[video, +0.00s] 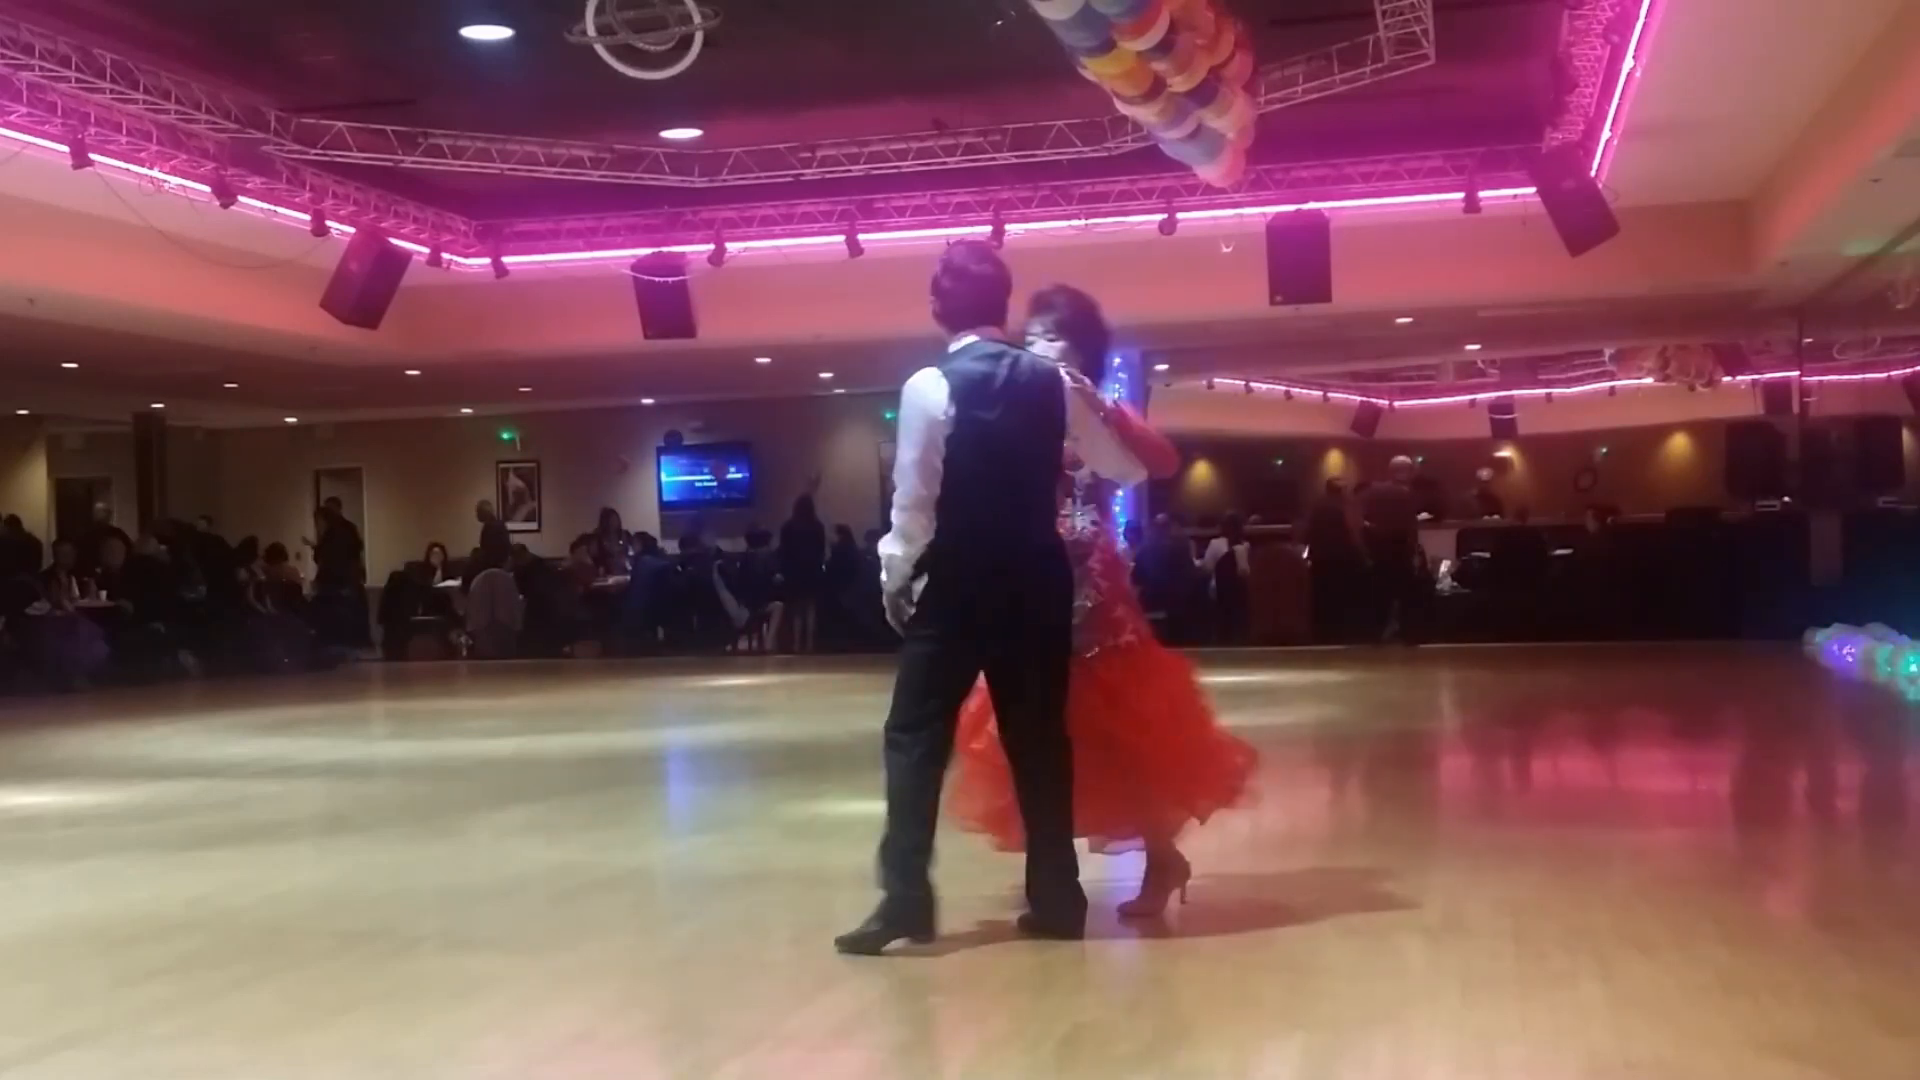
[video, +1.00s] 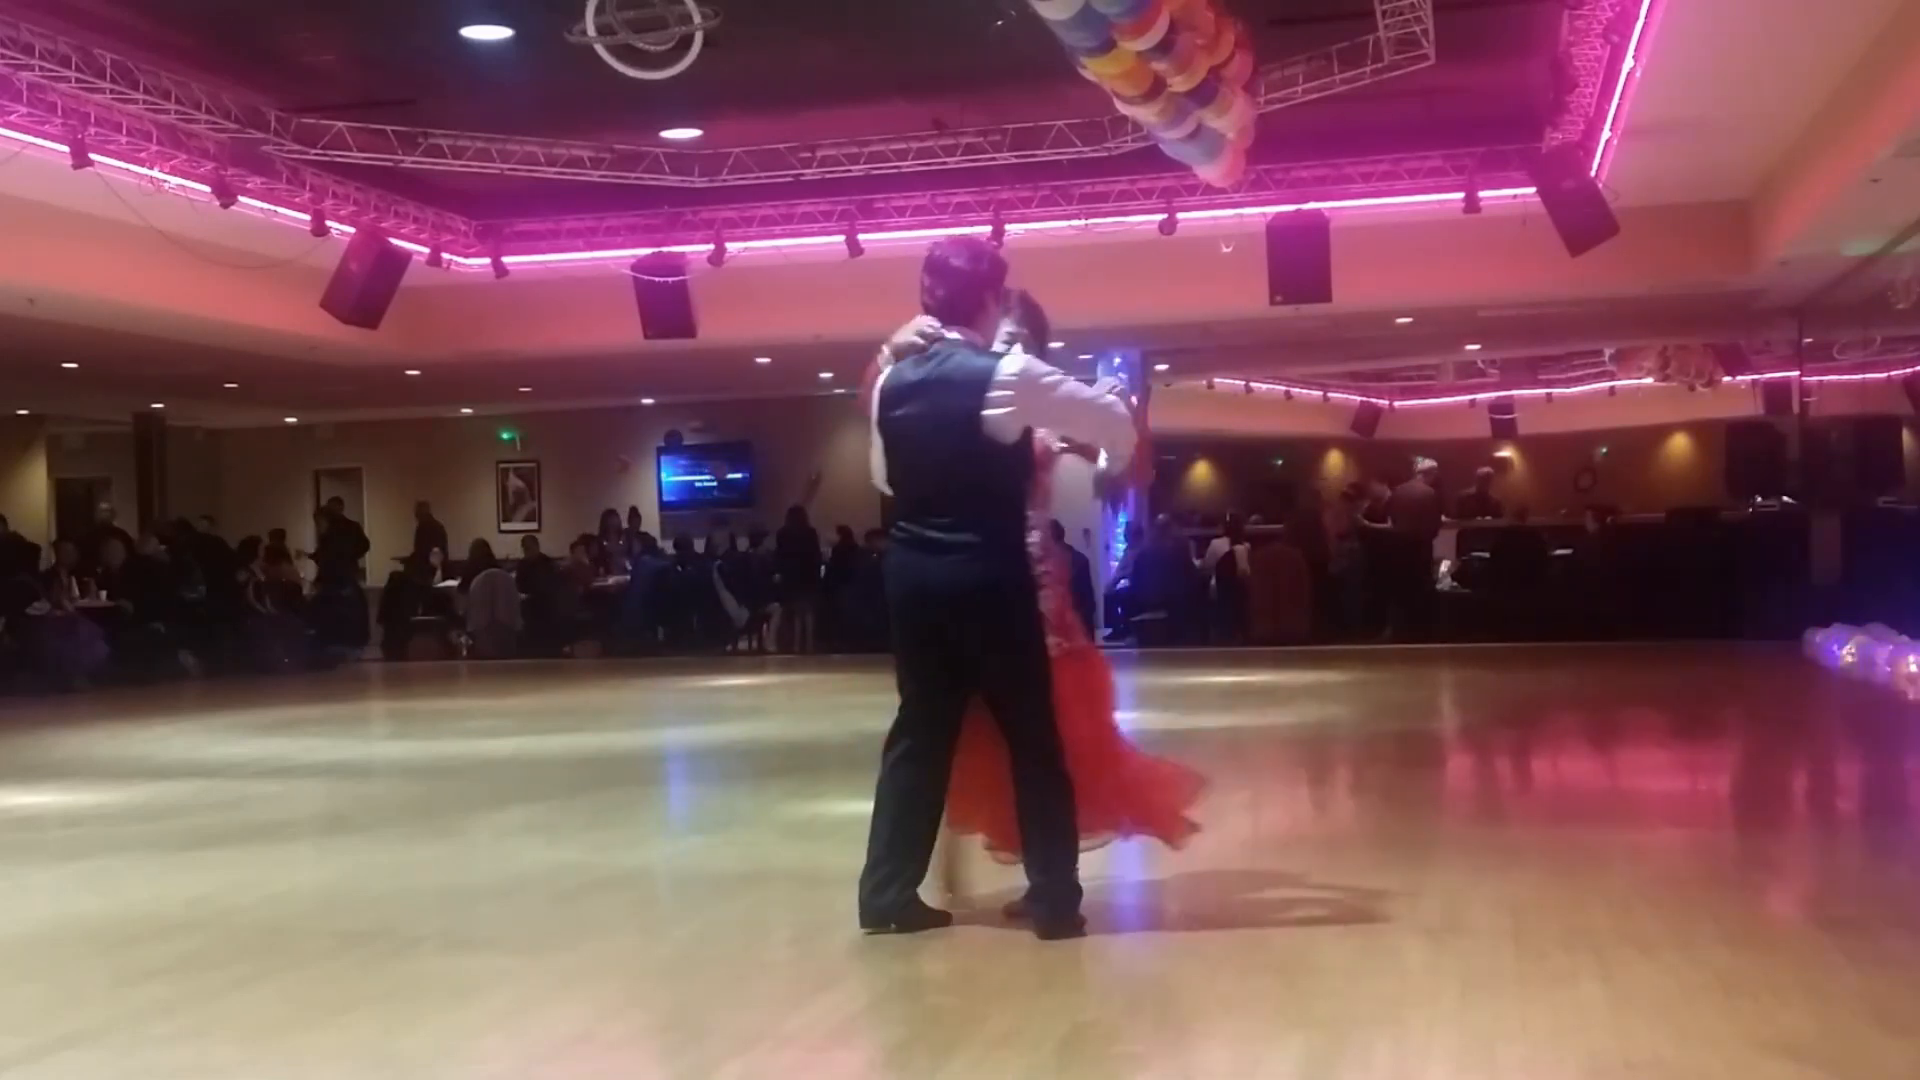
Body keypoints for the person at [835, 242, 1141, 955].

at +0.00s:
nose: (934, 317)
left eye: (935, 308)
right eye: (1013, 306)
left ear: (941, 313)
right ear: (1006, 309)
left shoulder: (929, 386)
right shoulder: (1056, 382)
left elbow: (916, 494)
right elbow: (1120, 465)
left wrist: (895, 577)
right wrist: (1073, 469)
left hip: (956, 583)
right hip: (1036, 582)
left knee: (913, 735)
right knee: (1039, 737)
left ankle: (905, 898)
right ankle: (1058, 902)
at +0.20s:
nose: (907, 312)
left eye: (908, 302)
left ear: (913, 307)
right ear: (981, 306)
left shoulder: (899, 387)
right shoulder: (1027, 382)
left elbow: (878, 502)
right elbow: (1063, 499)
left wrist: (853, 586)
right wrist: (1032, 539)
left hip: (918, 590)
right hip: (1002, 589)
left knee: (896, 749)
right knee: (1015, 745)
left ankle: (888, 919)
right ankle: (1057, 906)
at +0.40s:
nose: (901, 309)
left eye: (902, 299)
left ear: (905, 308)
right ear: (973, 304)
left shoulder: (886, 387)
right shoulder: (1023, 382)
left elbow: (846, 493)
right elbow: (1098, 447)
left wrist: (819, 580)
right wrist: (1162, 449)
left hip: (911, 586)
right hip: (994, 582)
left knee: (896, 741)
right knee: (1011, 735)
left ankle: (888, 918)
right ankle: (1061, 903)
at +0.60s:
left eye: (927, 303)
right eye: (998, 299)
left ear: (925, 309)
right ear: (997, 306)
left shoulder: (896, 394)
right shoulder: (1042, 385)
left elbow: (870, 526)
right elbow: (1137, 455)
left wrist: (928, 559)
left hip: (934, 581)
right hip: (1025, 579)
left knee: (907, 732)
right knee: (1039, 732)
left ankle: (892, 905)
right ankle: (1066, 900)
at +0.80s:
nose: (1013, 305)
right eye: (1011, 294)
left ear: (940, 303)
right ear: (1010, 301)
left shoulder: (901, 388)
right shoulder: (1053, 374)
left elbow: (911, 487)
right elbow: (1143, 444)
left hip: (935, 577)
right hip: (1019, 577)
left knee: (923, 729)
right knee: (1047, 726)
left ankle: (900, 900)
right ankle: (1061, 897)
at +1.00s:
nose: (1006, 308)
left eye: (1002, 296)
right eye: (1001, 296)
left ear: (926, 301)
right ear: (992, 300)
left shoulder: (891, 378)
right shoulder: (1011, 373)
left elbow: (884, 476)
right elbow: (1117, 426)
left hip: (913, 565)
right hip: (990, 568)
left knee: (920, 726)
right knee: (1032, 731)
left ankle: (886, 895)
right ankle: (1055, 902)